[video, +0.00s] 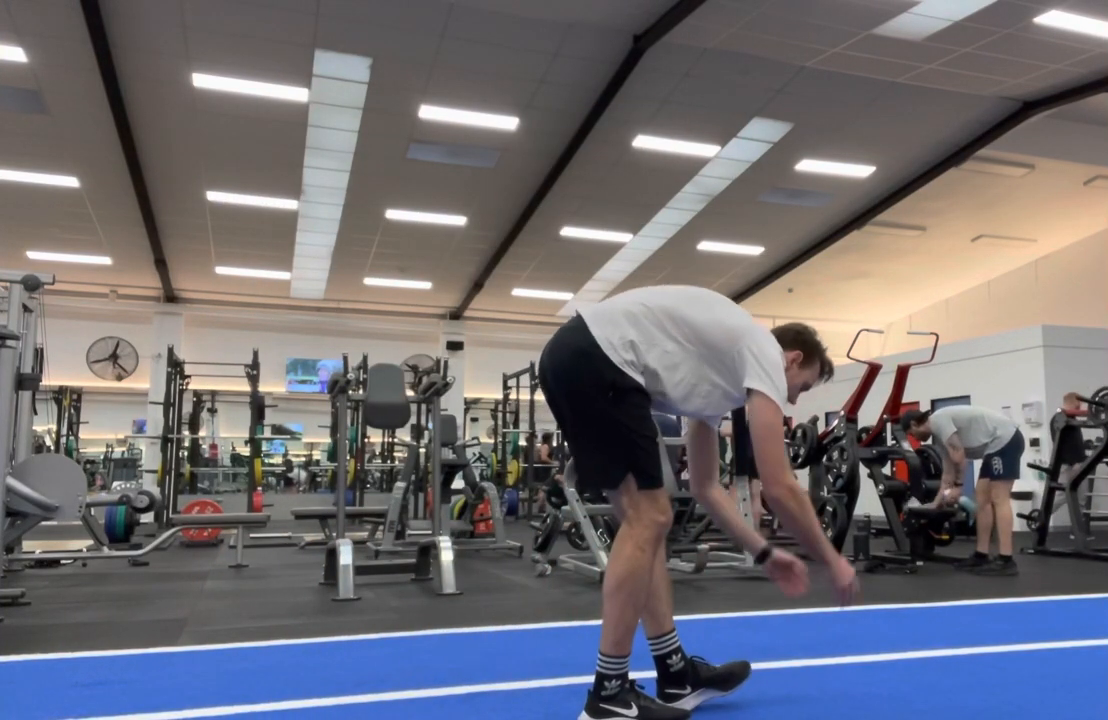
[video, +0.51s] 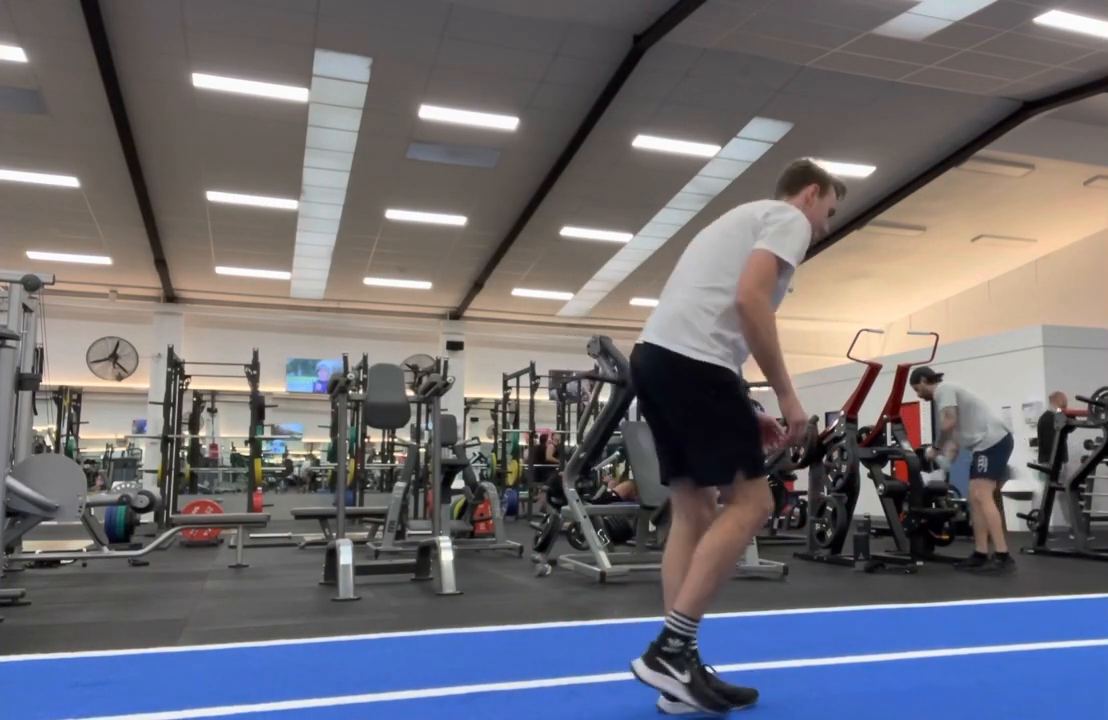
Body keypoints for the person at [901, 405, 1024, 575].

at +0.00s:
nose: (914, 438)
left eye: (911, 433)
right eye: (911, 435)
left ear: (915, 424)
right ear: (918, 423)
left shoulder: (939, 420)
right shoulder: (938, 434)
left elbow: (959, 457)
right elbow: (947, 471)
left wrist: (957, 487)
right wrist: (937, 503)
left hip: (1007, 440)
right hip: (992, 446)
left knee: (1000, 498)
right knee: (983, 497)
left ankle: (1006, 559)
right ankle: (981, 555)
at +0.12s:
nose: (913, 435)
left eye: (910, 431)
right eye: (910, 433)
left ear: (915, 421)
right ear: (917, 421)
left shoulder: (938, 418)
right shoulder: (937, 436)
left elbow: (958, 457)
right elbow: (944, 474)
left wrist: (957, 485)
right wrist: (933, 504)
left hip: (1006, 440)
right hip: (991, 446)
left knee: (999, 498)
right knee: (983, 498)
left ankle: (1005, 559)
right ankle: (981, 555)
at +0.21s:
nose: (911, 428)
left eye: (909, 422)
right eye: (908, 424)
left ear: (915, 414)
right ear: (917, 414)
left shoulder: (939, 413)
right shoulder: (937, 428)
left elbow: (955, 452)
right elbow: (943, 468)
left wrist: (953, 479)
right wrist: (937, 502)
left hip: (1004, 440)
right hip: (990, 446)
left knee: (997, 498)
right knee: (980, 498)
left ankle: (1006, 559)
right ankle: (981, 555)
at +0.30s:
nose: (913, 417)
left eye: (911, 412)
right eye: (910, 413)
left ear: (917, 404)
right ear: (920, 404)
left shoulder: (940, 405)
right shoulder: (938, 417)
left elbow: (951, 443)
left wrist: (945, 469)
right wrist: (939, 490)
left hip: (1002, 440)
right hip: (989, 446)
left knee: (995, 497)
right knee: (979, 497)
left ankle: (1005, 558)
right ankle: (981, 554)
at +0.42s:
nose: (915, 406)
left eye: (913, 400)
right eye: (912, 402)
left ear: (920, 392)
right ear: (923, 392)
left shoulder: (942, 397)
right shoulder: (942, 405)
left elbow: (949, 431)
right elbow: (951, 445)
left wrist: (940, 457)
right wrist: (946, 474)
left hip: (999, 441)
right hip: (985, 445)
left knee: (988, 495)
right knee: (977, 496)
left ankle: (1004, 557)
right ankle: (981, 554)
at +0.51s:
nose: (918, 395)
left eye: (917, 389)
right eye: (915, 391)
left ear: (925, 381)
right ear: (926, 382)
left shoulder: (944, 390)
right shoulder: (947, 395)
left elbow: (948, 423)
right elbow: (956, 439)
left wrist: (936, 448)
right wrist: (945, 462)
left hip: (993, 439)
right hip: (982, 444)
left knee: (982, 494)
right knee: (974, 497)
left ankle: (1002, 555)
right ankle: (981, 554)